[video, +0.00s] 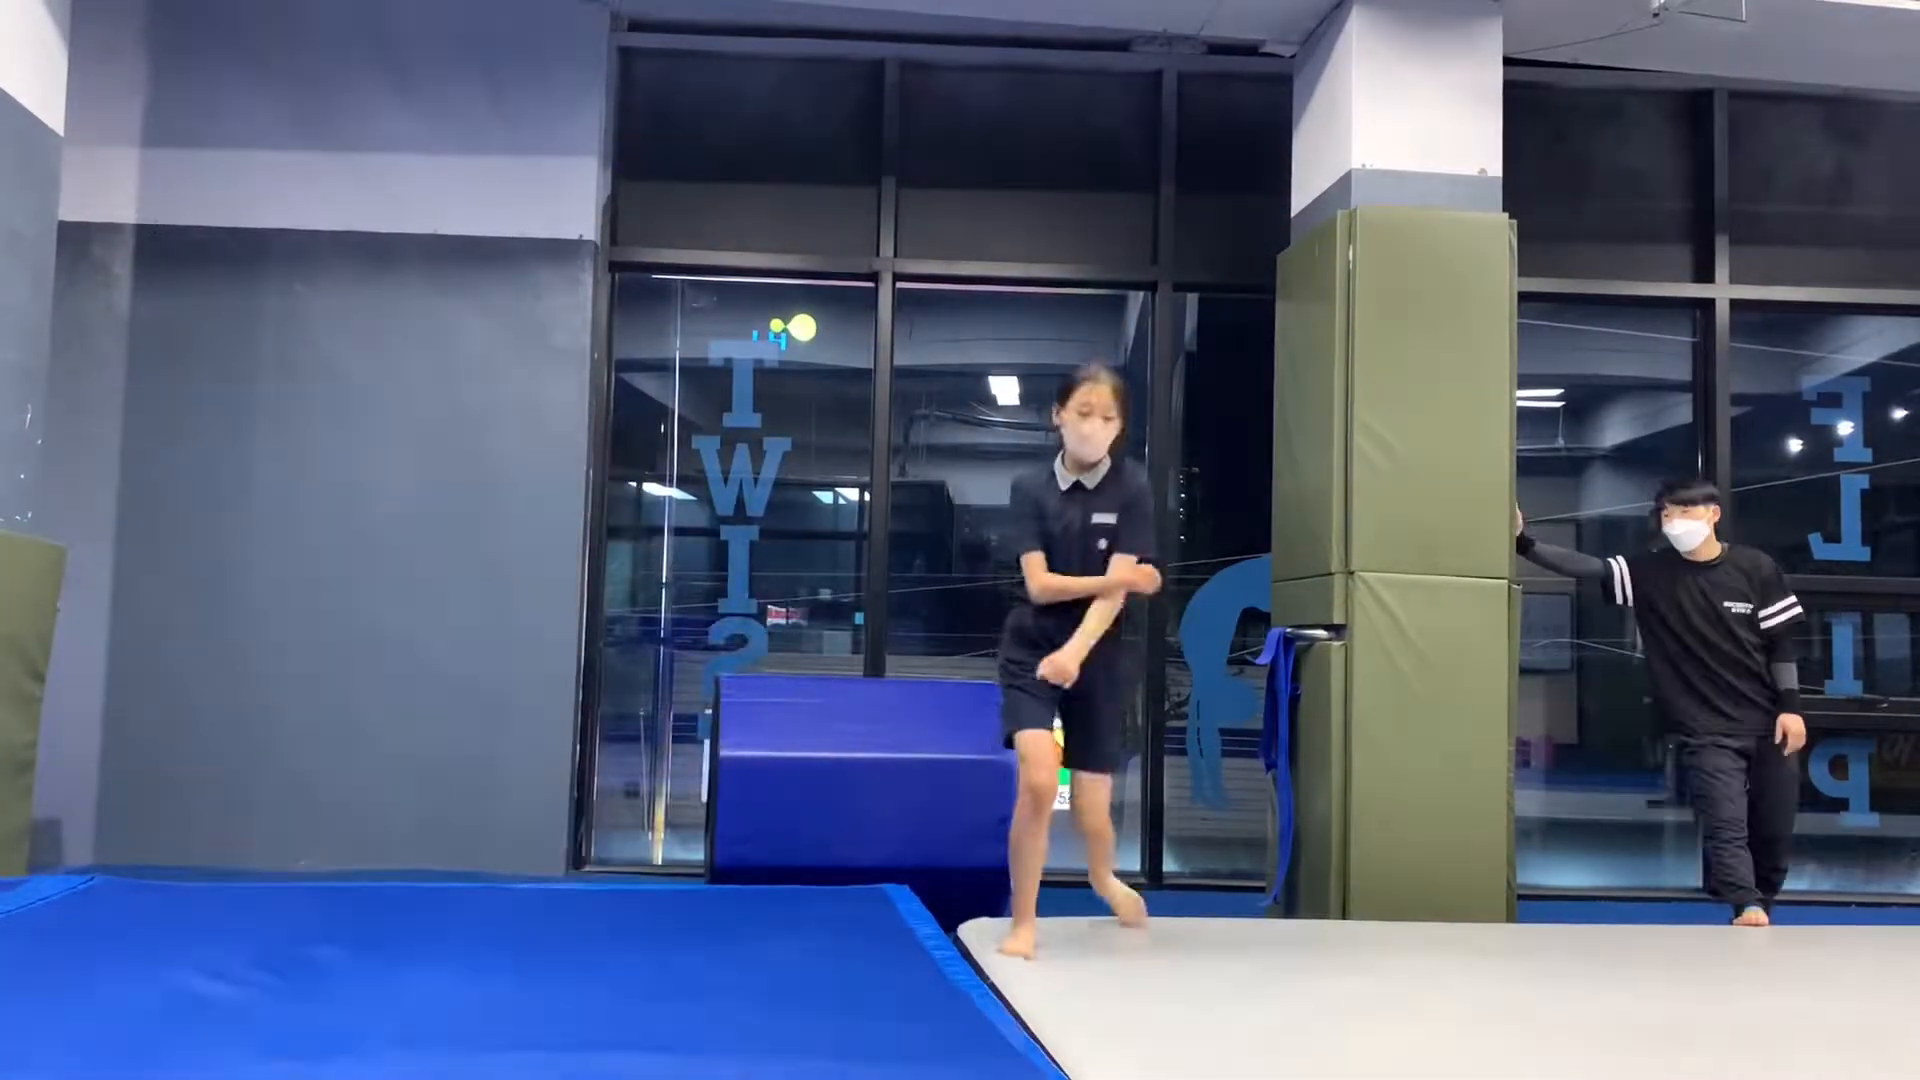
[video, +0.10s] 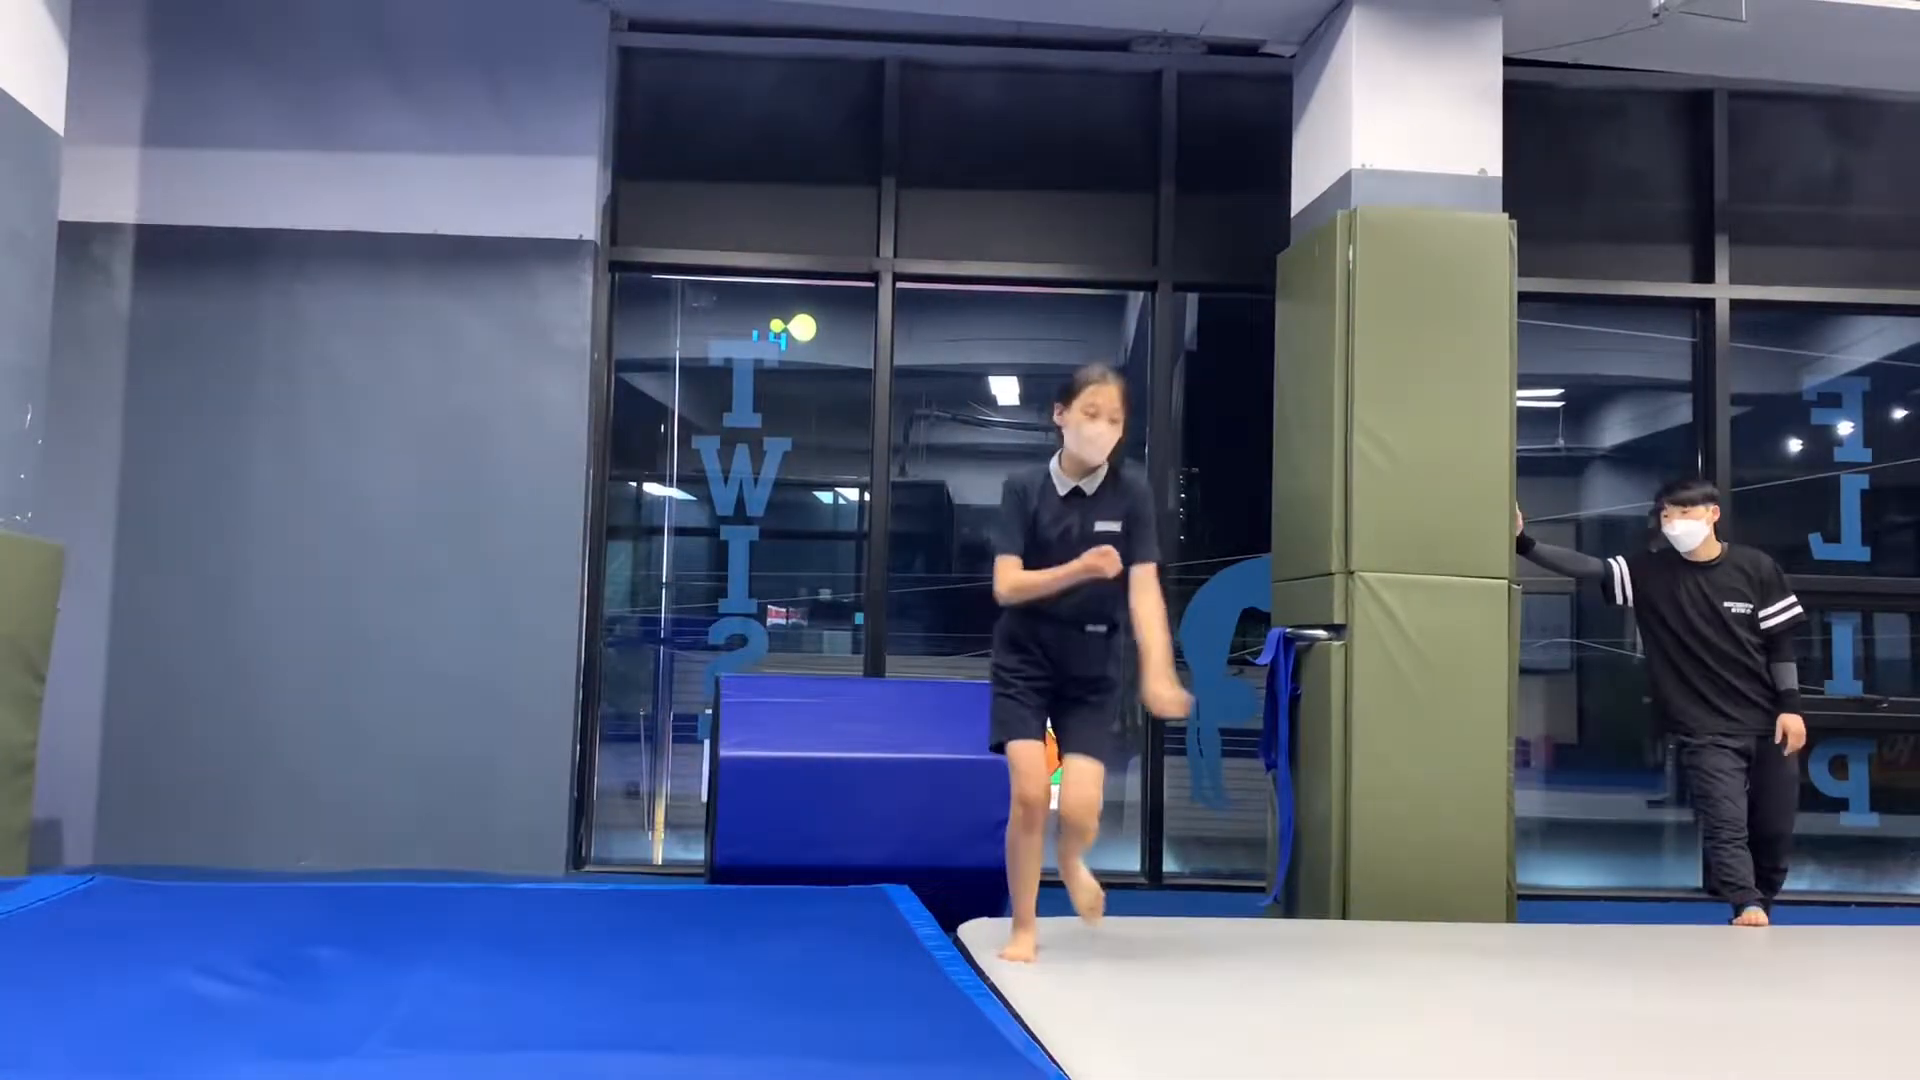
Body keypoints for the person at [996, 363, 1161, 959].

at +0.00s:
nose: (1093, 425)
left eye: (1105, 417)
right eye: (1083, 413)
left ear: (1119, 428)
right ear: (1059, 416)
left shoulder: (1132, 488)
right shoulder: (1031, 487)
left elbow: (1118, 587)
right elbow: (1038, 585)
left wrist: (1073, 649)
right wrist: (1118, 578)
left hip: (1101, 652)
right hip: (1032, 650)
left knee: (1093, 804)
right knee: (1039, 784)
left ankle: (1103, 878)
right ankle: (1023, 923)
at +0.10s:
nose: (1102, 427)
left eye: (1112, 418)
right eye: (1091, 413)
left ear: (1122, 431)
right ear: (1060, 417)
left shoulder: (1131, 492)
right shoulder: (1024, 489)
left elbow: (1146, 589)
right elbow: (1007, 586)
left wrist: (1158, 674)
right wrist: (1079, 568)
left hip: (1094, 667)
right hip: (1024, 661)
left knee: (1081, 807)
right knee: (1031, 798)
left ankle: (1070, 861)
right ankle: (1023, 929)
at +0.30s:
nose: (1170, 357)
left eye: (1178, 349)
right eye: (1162, 340)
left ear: (1177, 360)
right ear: (1121, 336)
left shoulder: (1143, 420)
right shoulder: (1066, 391)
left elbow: (1145, 491)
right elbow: (987, 405)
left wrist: (1161, 528)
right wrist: (1090, 363)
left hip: (1097, 589)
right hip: (1026, 582)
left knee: (1111, 732)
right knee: (999, 746)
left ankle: (1069, 893)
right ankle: (990, 893)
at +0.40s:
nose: (1194, 343)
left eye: (1200, 335)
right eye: (1186, 326)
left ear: (1188, 345)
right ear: (1142, 321)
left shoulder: (1157, 398)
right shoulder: (1091, 363)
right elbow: (996, 383)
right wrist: (1024, 334)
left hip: (1111, 574)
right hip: (1049, 554)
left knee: (1138, 738)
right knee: (959, 717)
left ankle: (1121, 907)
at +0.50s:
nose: (1205, 366)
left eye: (1207, 356)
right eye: (1194, 351)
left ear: (1186, 365)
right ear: (1150, 352)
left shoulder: (1161, 428)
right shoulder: (1109, 394)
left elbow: (1087, 502)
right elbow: (1013, 428)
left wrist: (1025, 550)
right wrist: (953, 408)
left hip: (1116, 615)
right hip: (1056, 589)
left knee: (1170, 779)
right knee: (930, 699)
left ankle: (1143, 964)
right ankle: (836, 727)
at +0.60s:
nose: (1199, 382)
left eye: (1195, 371)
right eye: (1185, 369)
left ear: (1158, 386)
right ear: (1144, 381)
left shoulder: (1154, 456)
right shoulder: (1111, 436)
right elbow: (1040, 506)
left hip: (1133, 644)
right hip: (1080, 626)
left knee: (1198, 803)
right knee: (954, 764)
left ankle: (1139, 979)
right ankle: (799, 777)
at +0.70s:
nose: (1141, 382)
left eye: (1136, 370)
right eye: (1129, 371)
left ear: (1103, 384)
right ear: (1098, 383)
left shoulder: (1118, 459)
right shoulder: (1094, 453)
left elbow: (1147, 581)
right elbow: (1110, 563)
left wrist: (1218, 658)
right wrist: (1134, 655)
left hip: (1117, 641)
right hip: (1075, 640)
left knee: (1200, 804)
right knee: (1089, 817)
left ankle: (1141, 977)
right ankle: (940, 936)